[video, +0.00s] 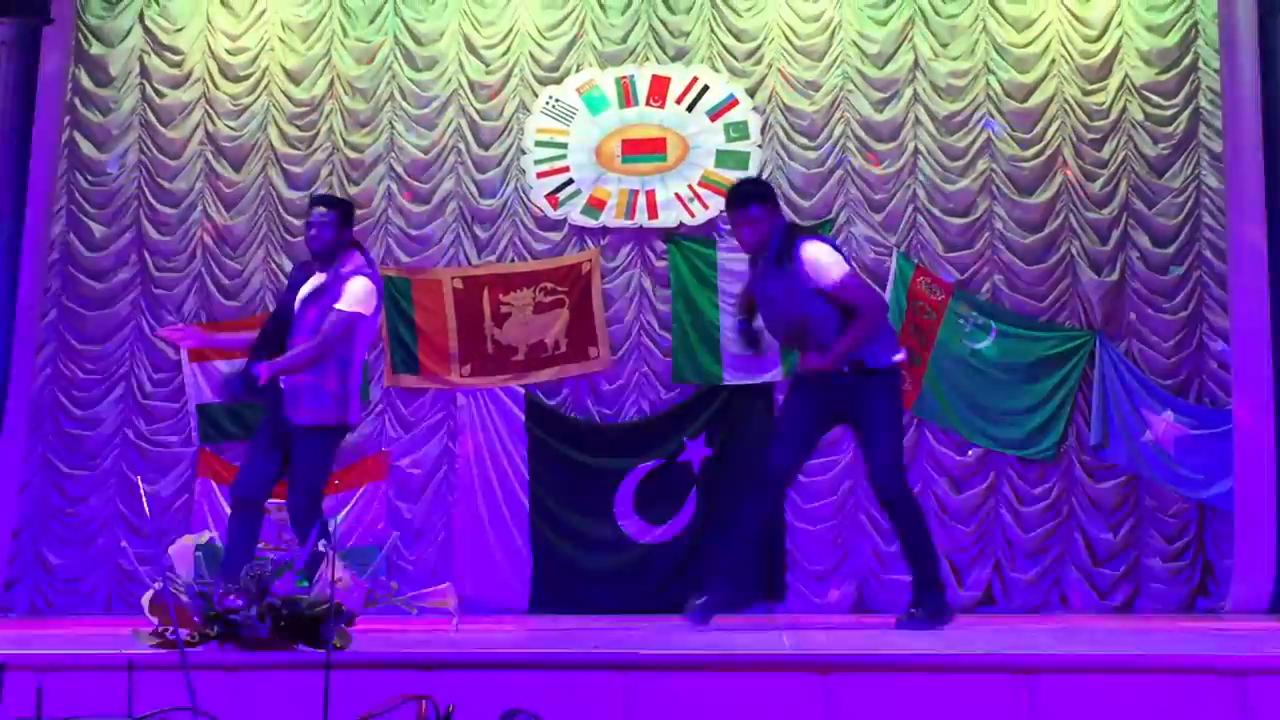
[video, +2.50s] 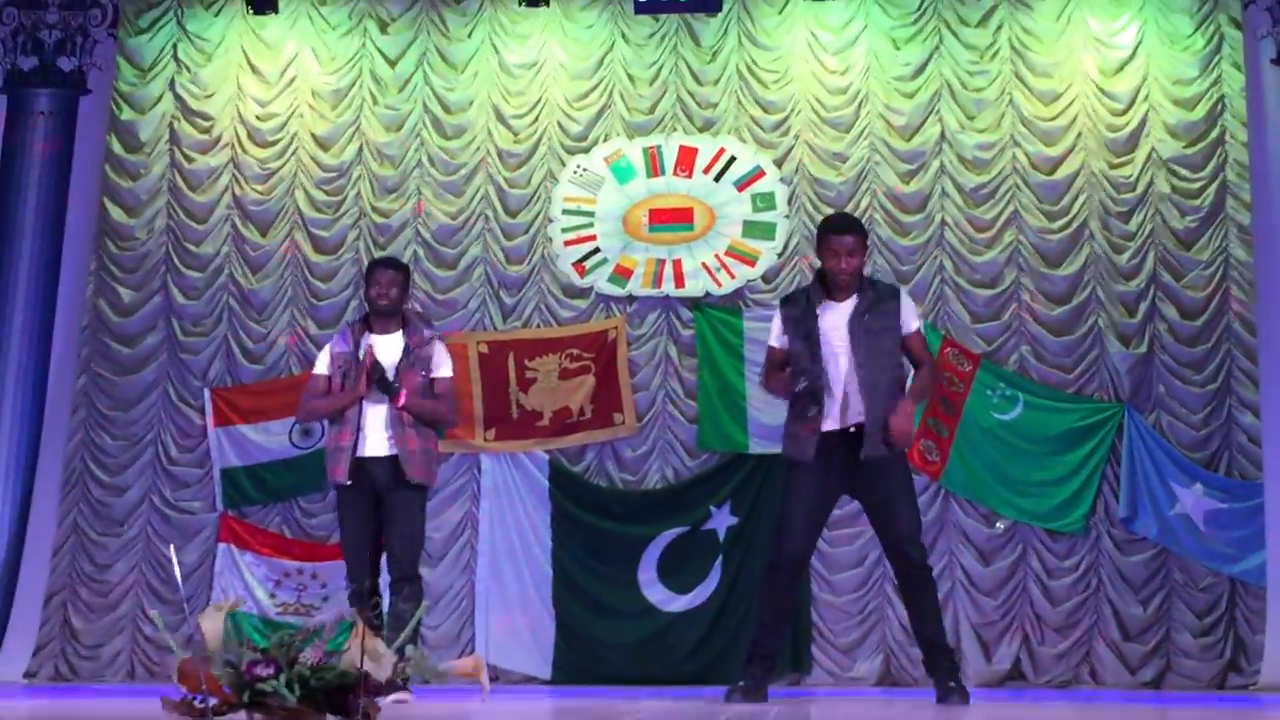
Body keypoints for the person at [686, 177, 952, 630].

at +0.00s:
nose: (743, 234)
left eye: (750, 222)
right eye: (736, 225)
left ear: (774, 216)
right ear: (733, 226)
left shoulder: (812, 255)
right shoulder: (761, 265)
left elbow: (875, 309)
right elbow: (756, 292)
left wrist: (830, 357)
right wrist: (746, 319)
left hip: (870, 378)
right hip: (814, 381)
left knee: (889, 484)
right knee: (771, 476)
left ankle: (931, 596)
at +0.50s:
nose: (820, 285)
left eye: (828, 274)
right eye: (811, 275)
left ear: (844, 272)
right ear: (798, 277)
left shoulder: (881, 301)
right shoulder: (781, 317)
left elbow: (884, 361)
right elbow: (748, 386)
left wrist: (851, 401)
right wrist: (722, 449)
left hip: (870, 395)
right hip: (804, 399)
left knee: (905, 482)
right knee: (758, 477)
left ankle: (962, 592)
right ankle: (742, 597)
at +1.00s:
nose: (806, 224)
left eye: (811, 215)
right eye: (807, 215)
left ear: (829, 218)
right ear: (850, 219)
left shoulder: (829, 258)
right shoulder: (885, 252)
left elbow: (870, 315)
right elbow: (937, 307)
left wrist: (870, 388)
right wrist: (968, 369)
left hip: (916, 376)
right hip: (950, 367)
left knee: (933, 493)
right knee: (940, 488)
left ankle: (1012, 604)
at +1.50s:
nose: (814, 212)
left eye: (822, 203)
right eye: (805, 205)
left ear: (835, 204)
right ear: (793, 209)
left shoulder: (860, 235)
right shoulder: (783, 267)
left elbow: (916, 263)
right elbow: (767, 338)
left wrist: (938, 327)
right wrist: (774, 390)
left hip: (872, 396)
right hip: (811, 400)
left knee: (899, 506)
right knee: (795, 506)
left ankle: (929, 625)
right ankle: (799, 621)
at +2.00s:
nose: (819, 224)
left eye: (828, 215)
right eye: (810, 215)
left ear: (839, 216)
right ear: (795, 215)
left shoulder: (865, 263)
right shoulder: (770, 265)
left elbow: (877, 339)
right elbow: (752, 340)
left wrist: (828, 296)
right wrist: (803, 301)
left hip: (848, 401)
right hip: (789, 403)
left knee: (880, 508)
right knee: (758, 509)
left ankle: (917, 629)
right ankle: (726, 629)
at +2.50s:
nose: (844, 262)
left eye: (853, 253)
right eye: (834, 253)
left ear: (865, 255)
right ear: (818, 256)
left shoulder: (891, 301)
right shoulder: (793, 309)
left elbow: (925, 366)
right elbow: (773, 379)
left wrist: (908, 404)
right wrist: (784, 378)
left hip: (877, 446)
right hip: (815, 450)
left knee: (909, 556)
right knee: (787, 557)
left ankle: (945, 675)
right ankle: (756, 677)